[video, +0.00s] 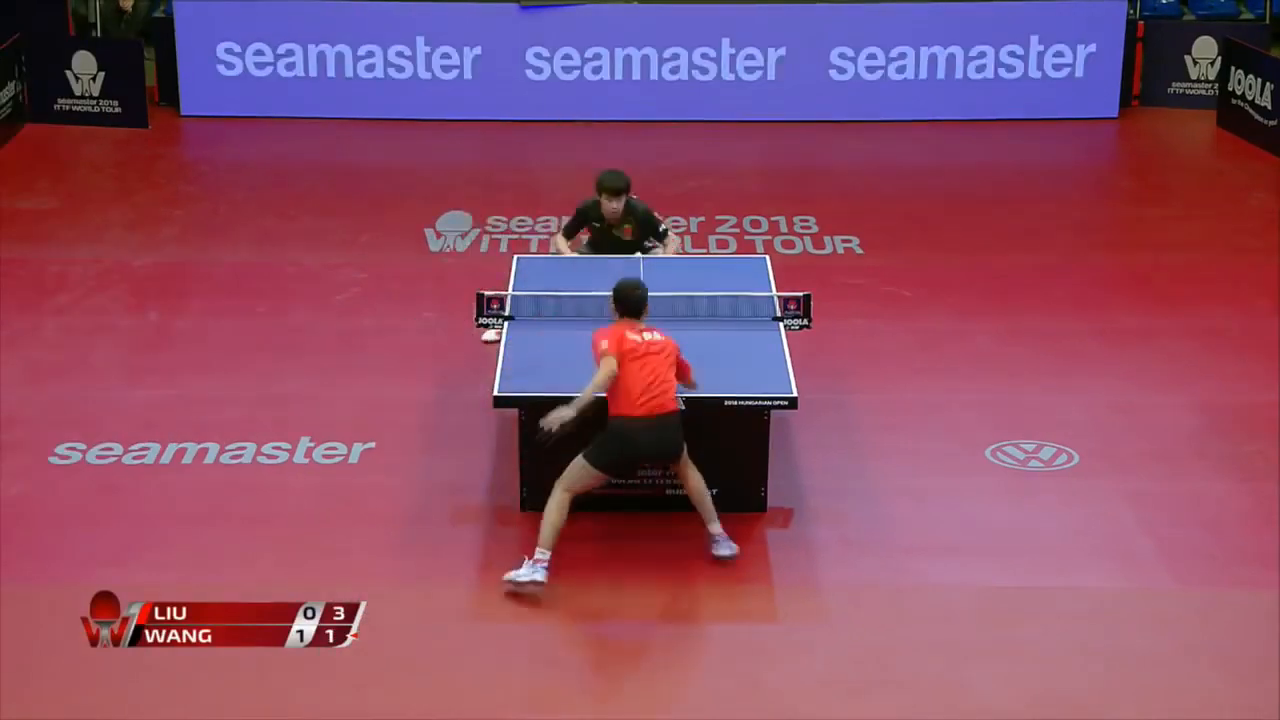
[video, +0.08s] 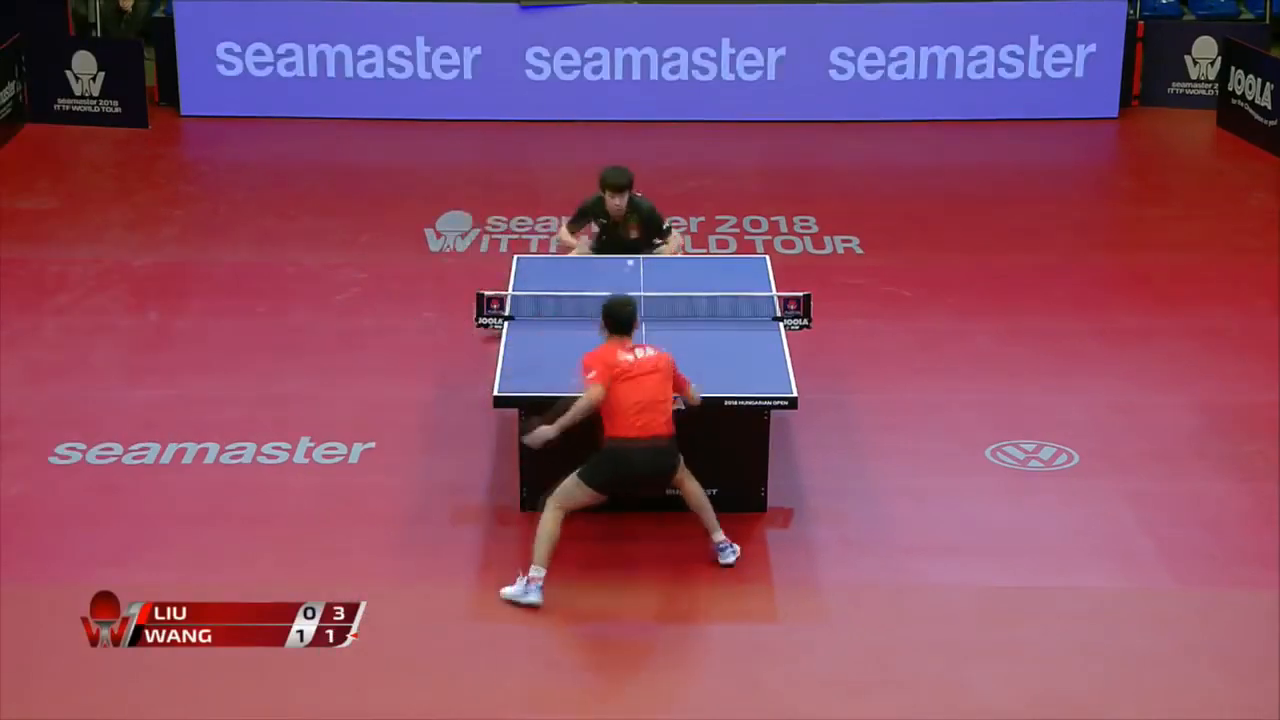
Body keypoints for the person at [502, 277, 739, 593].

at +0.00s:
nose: (610, 306)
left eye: (612, 302)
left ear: (614, 306)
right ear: (645, 308)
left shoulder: (607, 335)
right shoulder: (665, 341)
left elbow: (610, 370)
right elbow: (690, 382)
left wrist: (573, 408)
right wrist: (658, 368)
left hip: (625, 434)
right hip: (668, 432)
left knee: (564, 488)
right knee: (684, 466)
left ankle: (538, 564)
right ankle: (720, 538)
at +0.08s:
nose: (604, 326)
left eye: (604, 321)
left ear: (604, 324)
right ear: (634, 324)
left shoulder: (598, 357)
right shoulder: (661, 359)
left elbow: (595, 396)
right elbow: (693, 400)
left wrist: (553, 429)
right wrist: (683, 389)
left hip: (618, 456)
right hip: (663, 455)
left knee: (557, 504)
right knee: (684, 480)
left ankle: (533, 583)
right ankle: (722, 543)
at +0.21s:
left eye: (594, 327)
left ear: (592, 332)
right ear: (626, 332)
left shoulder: (576, 364)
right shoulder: (645, 369)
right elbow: (685, 408)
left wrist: (530, 403)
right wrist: (655, 397)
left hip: (592, 464)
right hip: (641, 463)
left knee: (532, 498)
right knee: (683, 495)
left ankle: (526, 583)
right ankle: (723, 548)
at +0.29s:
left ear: (589, 334)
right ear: (622, 335)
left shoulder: (570, 366)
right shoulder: (641, 372)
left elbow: (528, 401)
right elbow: (682, 408)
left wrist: (553, 389)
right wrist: (655, 393)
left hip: (584, 466)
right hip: (633, 468)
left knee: (524, 494)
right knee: (678, 497)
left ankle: (514, 581)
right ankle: (707, 573)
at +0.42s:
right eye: (619, 340)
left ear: (590, 344)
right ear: (623, 346)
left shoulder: (567, 377)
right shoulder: (639, 387)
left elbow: (528, 403)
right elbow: (682, 415)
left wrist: (527, 425)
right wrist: (680, 397)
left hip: (562, 480)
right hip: (610, 482)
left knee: (512, 523)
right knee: (674, 511)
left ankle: (498, 602)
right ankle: (704, 596)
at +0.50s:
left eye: (595, 350)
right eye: (614, 351)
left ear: (588, 356)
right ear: (620, 358)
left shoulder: (566, 387)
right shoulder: (636, 397)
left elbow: (540, 424)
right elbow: (675, 430)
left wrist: (517, 473)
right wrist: (681, 409)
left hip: (557, 486)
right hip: (603, 491)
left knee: (507, 522)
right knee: (665, 549)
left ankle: (469, 593)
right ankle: (677, 637)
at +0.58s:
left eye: (583, 367)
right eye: (603, 368)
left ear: (575, 372)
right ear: (608, 374)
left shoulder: (556, 407)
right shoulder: (628, 413)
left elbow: (538, 449)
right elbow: (663, 445)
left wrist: (508, 497)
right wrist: (661, 423)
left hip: (549, 505)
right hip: (597, 512)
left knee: (498, 536)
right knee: (662, 566)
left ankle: (454, 607)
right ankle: (677, 647)